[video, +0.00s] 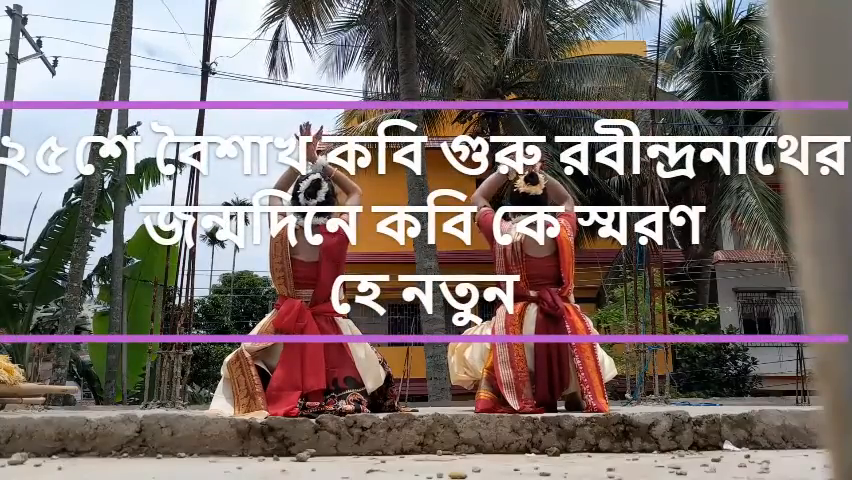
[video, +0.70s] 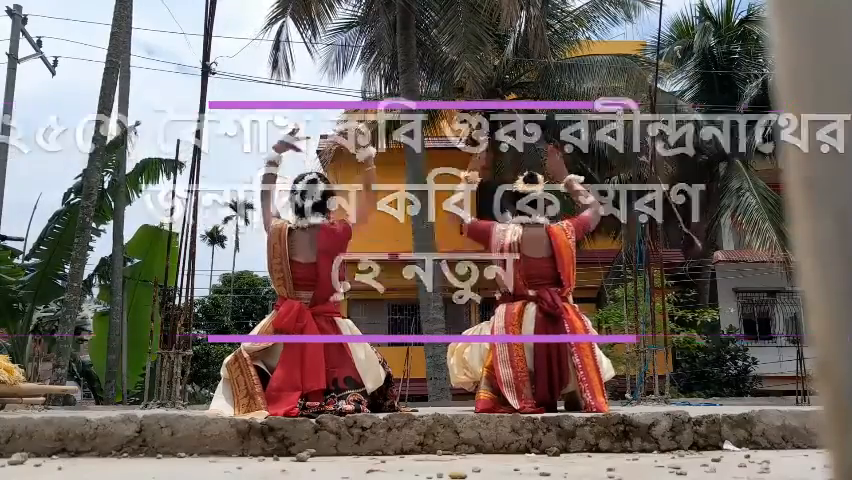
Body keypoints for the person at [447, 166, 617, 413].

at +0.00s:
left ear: (510, 206)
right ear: (544, 204)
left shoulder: (502, 233)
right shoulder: (562, 231)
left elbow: (479, 197)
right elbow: (566, 200)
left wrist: (505, 171)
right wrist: (540, 176)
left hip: (517, 320)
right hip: (562, 319)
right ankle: (575, 395)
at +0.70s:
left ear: (514, 207)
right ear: (546, 207)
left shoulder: (501, 233)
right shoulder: (564, 232)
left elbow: (462, 219)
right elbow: (595, 209)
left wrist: (467, 184)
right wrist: (568, 180)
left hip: (514, 316)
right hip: (559, 315)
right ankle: (579, 397)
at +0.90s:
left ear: (510, 207)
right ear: (544, 207)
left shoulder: (495, 236)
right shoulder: (566, 234)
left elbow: (446, 222)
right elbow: (605, 221)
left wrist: (447, 192)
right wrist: (593, 192)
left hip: (512, 325)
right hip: (561, 323)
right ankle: (575, 394)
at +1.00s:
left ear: (511, 207)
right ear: (544, 207)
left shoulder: (495, 236)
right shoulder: (566, 235)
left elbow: (444, 233)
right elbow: (610, 226)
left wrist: (441, 197)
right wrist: (596, 196)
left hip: (512, 323)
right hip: (561, 321)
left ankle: (490, 393)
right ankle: (575, 394)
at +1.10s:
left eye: (511, 206)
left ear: (510, 208)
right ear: (544, 207)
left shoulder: (494, 237)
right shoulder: (567, 236)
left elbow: (445, 237)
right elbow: (613, 232)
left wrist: (435, 208)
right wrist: (601, 200)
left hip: (511, 324)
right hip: (561, 322)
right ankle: (575, 395)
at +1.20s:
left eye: (507, 208)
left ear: (509, 210)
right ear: (545, 208)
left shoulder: (495, 238)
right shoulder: (568, 237)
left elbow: (443, 241)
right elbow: (614, 234)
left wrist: (430, 204)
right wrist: (606, 198)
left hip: (512, 324)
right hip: (561, 322)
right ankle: (577, 402)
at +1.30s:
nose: (506, 216)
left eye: (506, 211)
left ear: (509, 212)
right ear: (545, 209)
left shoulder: (494, 238)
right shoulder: (568, 237)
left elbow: (443, 243)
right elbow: (616, 235)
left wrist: (423, 206)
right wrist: (611, 199)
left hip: (512, 325)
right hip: (561, 324)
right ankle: (575, 398)